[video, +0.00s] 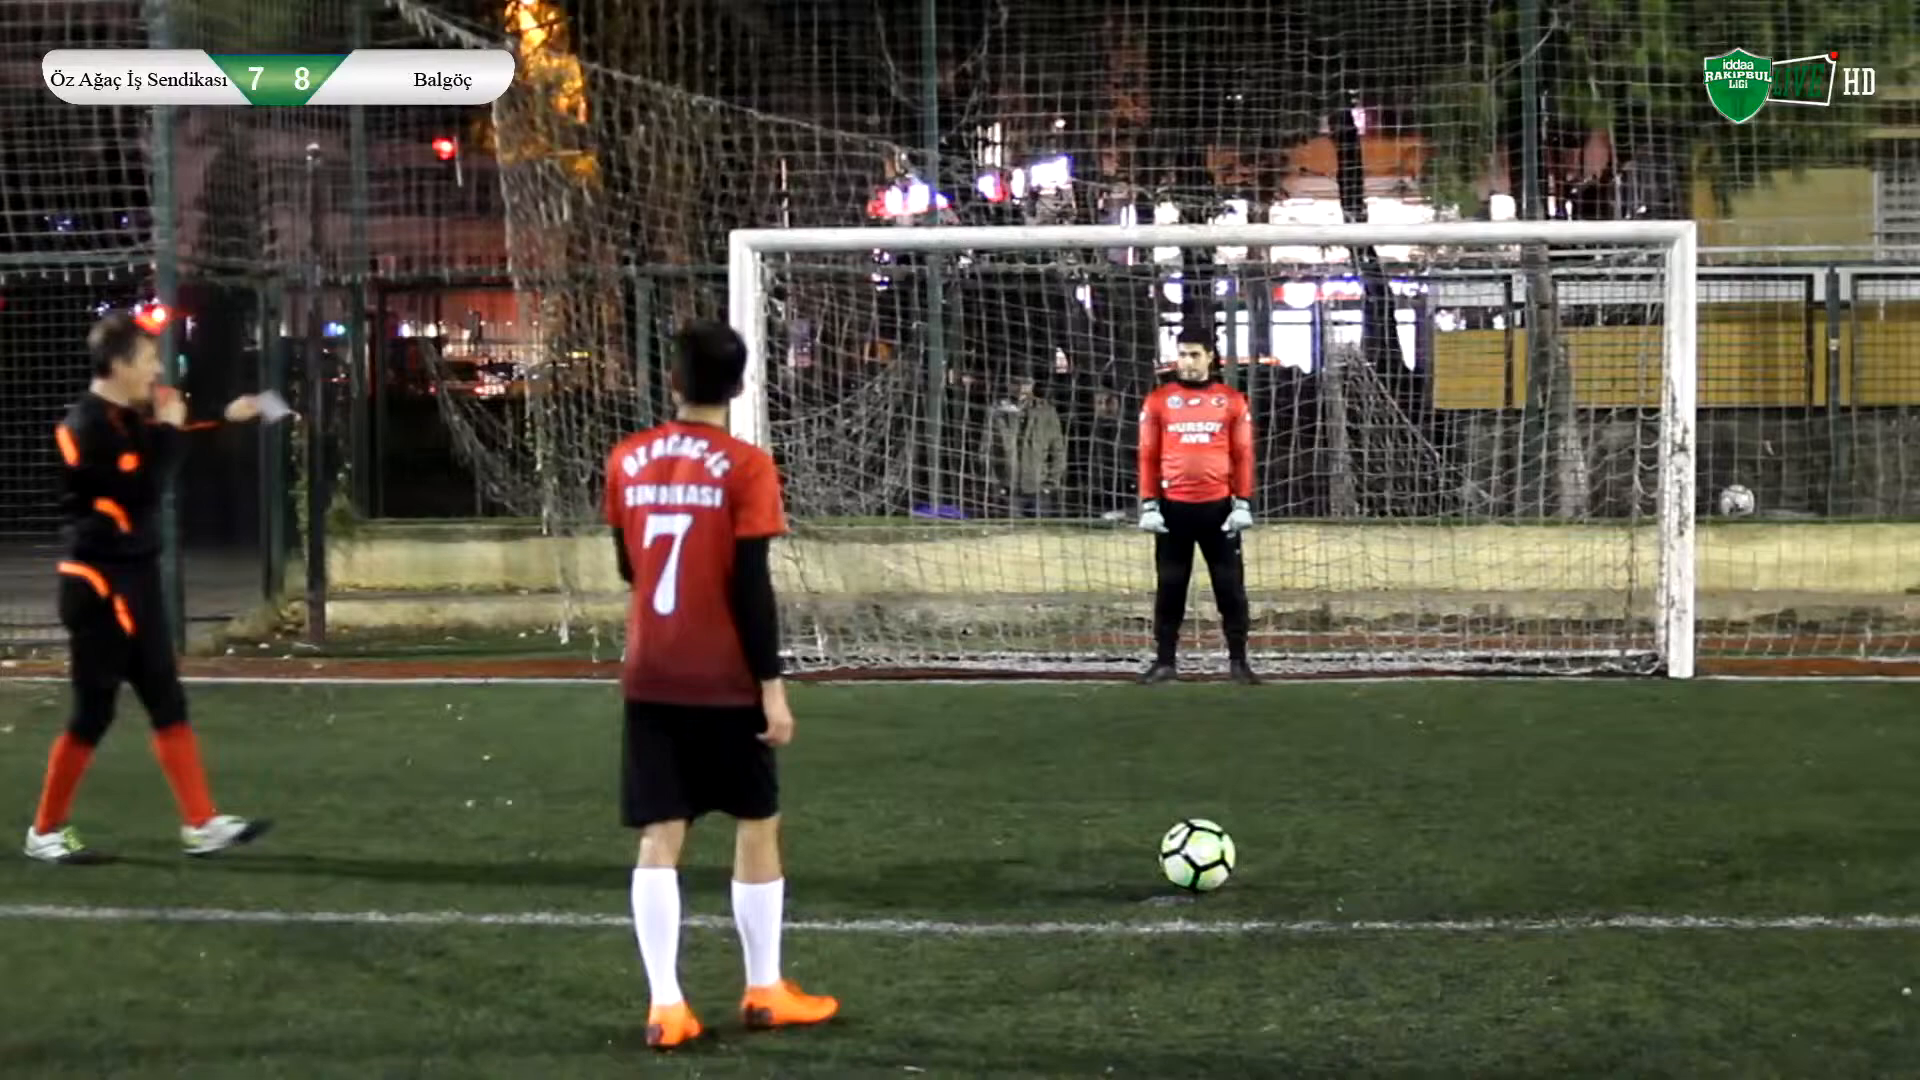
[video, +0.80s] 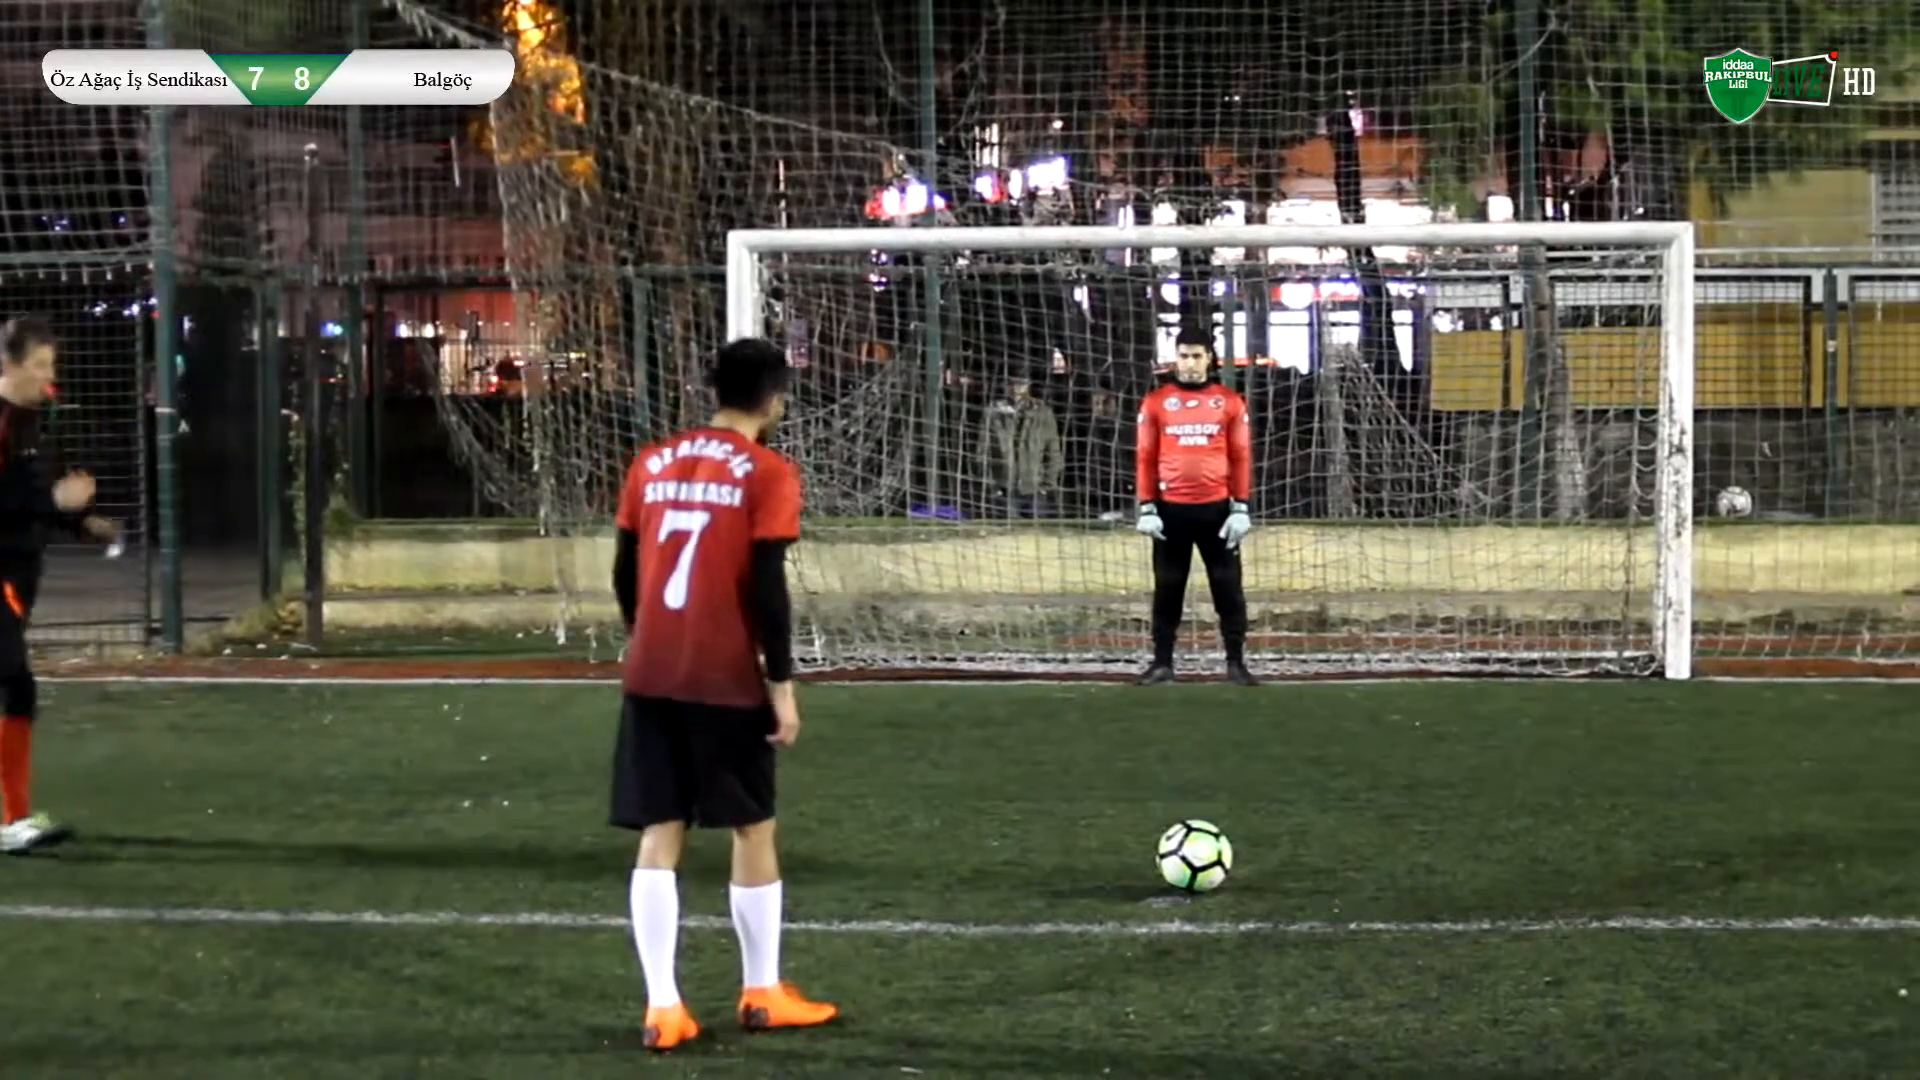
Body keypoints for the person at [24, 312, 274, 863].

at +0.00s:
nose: (156, 372)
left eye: (156, 361)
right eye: (148, 362)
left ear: (124, 366)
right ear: (116, 366)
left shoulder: (132, 418)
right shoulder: (81, 425)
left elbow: (176, 437)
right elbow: (134, 494)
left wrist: (233, 416)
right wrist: (168, 430)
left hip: (136, 579)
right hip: (94, 581)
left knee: (166, 700)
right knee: (94, 709)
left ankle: (201, 822)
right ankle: (45, 830)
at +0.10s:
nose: (149, 370)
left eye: (149, 359)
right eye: (141, 359)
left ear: (120, 364)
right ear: (106, 363)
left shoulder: (125, 417)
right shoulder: (74, 423)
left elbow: (165, 441)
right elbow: (124, 492)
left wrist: (219, 428)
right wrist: (157, 427)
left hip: (129, 576)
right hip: (87, 579)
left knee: (159, 697)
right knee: (88, 707)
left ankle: (182, 822)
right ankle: (45, 830)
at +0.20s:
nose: (121, 365)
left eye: (123, 354)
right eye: (114, 354)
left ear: (94, 357)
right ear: (79, 354)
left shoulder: (108, 412)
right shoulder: (47, 414)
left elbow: (135, 465)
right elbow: (96, 477)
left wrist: (188, 465)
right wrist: (128, 418)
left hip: (109, 566)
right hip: (65, 568)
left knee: (133, 692)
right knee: (70, 698)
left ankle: (109, 813)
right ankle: (45, 831)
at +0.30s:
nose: (103, 364)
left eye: (105, 353)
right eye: (96, 354)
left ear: (89, 354)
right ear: (63, 354)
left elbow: (120, 480)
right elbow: (81, 488)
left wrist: (163, 497)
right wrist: (110, 416)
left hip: (96, 563)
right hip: (51, 566)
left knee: (108, 691)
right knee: (65, 697)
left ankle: (69, 804)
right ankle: (41, 829)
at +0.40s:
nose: (83, 368)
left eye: (85, 358)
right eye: (75, 358)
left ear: (77, 360)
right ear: (44, 357)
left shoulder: (70, 412)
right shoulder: (23, 414)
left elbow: (74, 483)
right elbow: (49, 481)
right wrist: (85, 421)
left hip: (77, 563)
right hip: (38, 564)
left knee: (64, 689)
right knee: (63, 694)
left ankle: (11, 782)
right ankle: (45, 829)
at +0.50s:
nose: (71, 372)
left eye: (74, 362)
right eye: (63, 363)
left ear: (70, 363)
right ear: (30, 363)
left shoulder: (62, 416)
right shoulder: (11, 419)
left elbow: (74, 500)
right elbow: (57, 504)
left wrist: (113, 521)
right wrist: (78, 425)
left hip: (58, 575)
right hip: (24, 577)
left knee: (32, 698)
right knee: (61, 699)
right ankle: (42, 831)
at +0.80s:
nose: (52, 378)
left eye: (54, 367)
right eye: (45, 367)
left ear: (24, 368)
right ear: (13, 367)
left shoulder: (26, 422)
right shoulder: (7, 424)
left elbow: (26, 504)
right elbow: (9, 507)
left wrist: (77, 523)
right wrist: (55, 502)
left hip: (16, 581)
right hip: (1, 583)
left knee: (15, 692)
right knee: (17, 691)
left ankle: (16, 814)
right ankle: (12, 816)